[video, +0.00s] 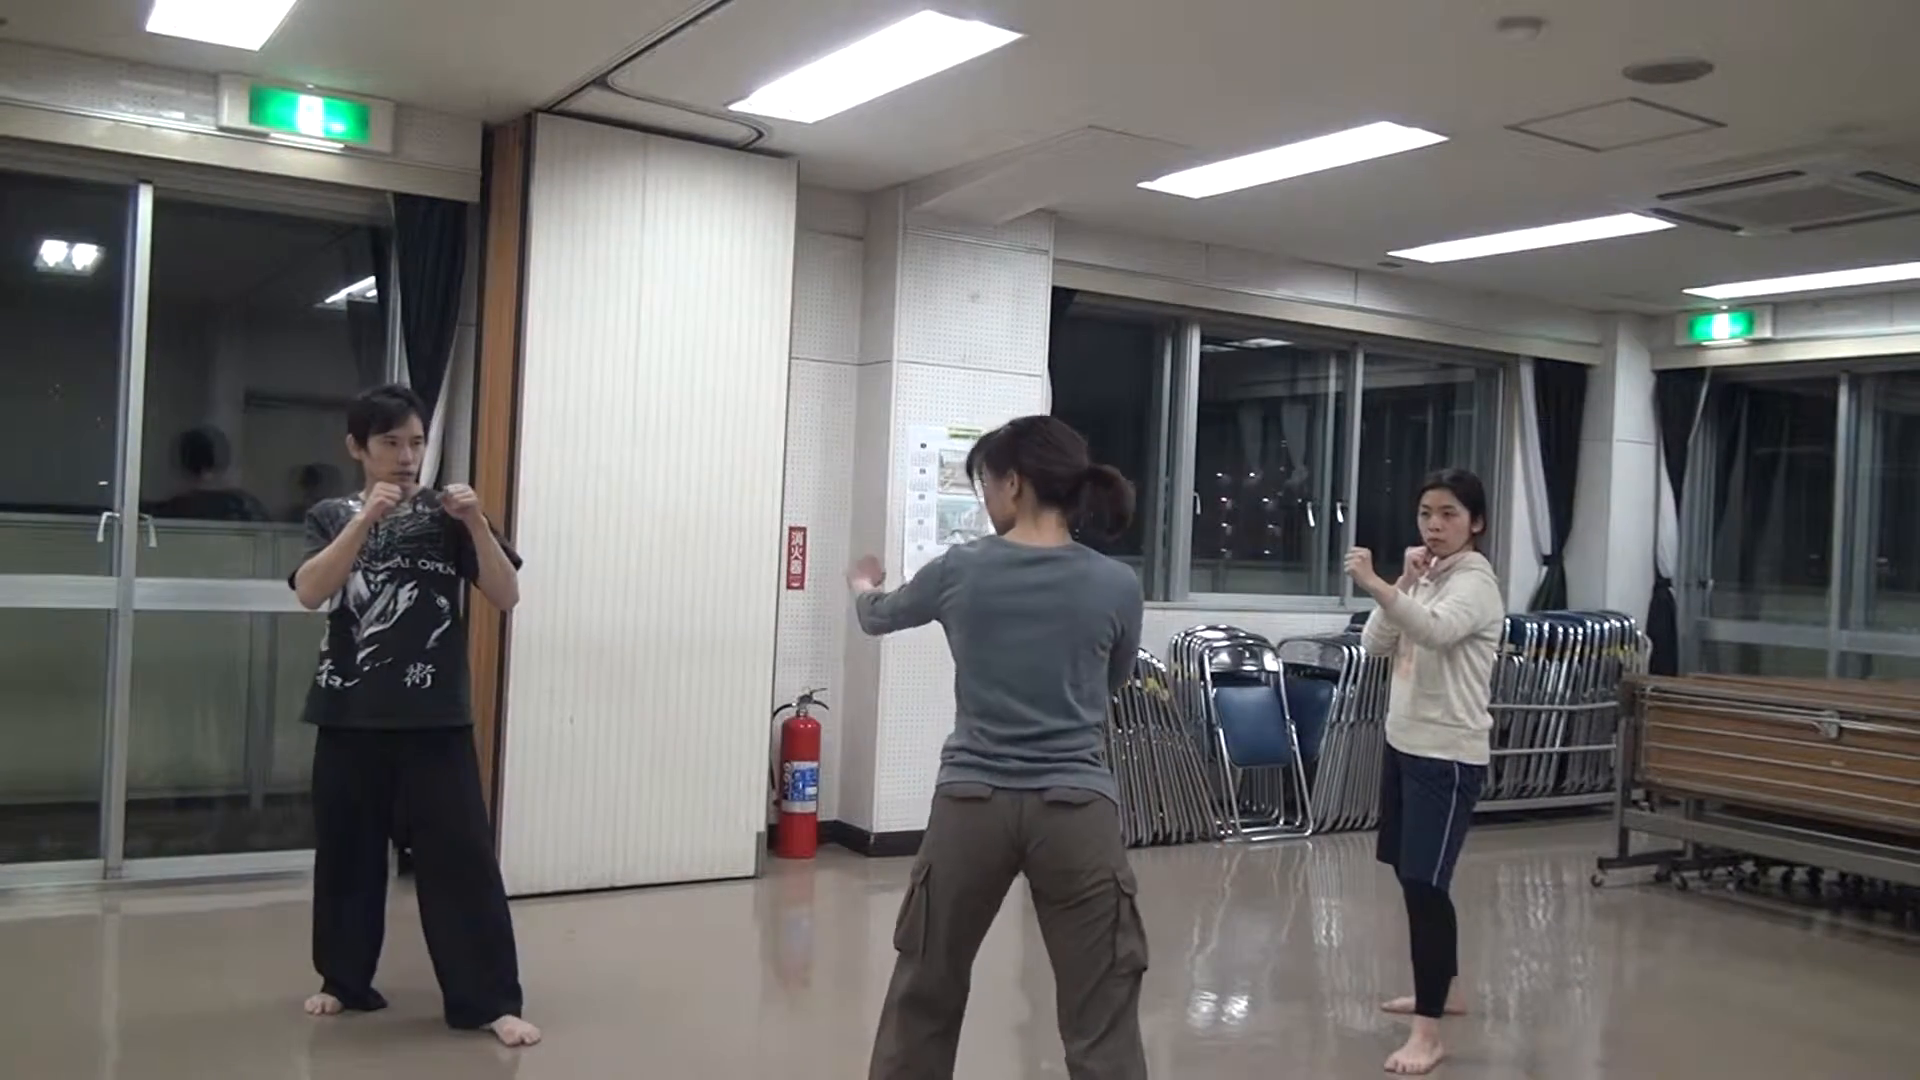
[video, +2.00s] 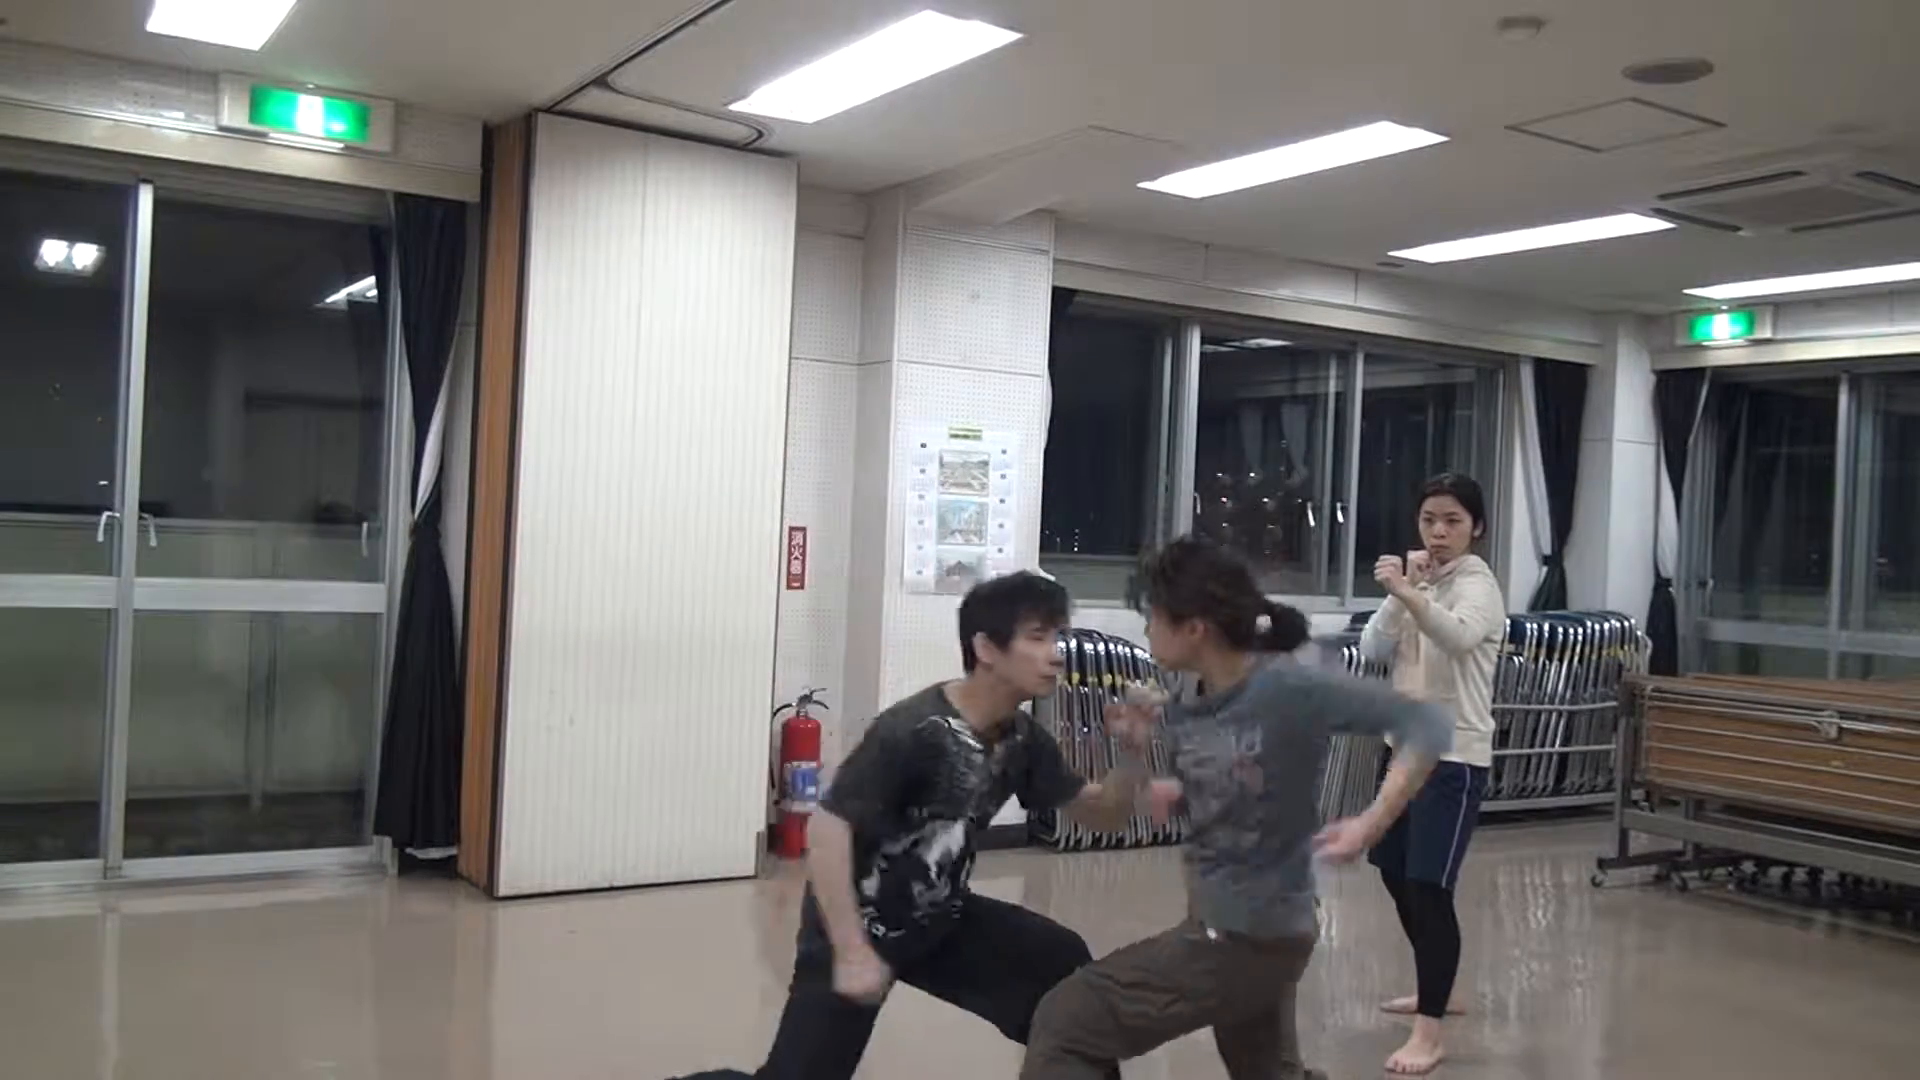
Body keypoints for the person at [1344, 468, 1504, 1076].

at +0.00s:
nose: (1433, 524)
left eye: (1447, 513)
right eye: (1426, 513)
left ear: (1475, 522)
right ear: (1419, 521)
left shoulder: (1477, 580)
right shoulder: (1422, 579)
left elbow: (1440, 630)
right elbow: (1375, 644)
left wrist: (1380, 587)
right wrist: (1404, 588)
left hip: (1447, 754)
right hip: (1406, 747)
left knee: (1425, 882)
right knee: (1409, 872)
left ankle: (1426, 1034)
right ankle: (1443, 988)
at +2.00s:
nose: (1439, 531)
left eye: (1452, 521)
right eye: (1430, 520)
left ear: (1475, 528)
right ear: (1419, 524)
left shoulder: (1479, 582)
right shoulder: (1416, 582)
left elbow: (1461, 637)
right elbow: (1372, 648)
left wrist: (1405, 593)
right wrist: (1404, 591)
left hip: (1456, 758)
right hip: (1408, 752)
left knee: (1429, 887)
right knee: (1390, 864)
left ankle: (1428, 1034)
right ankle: (1437, 986)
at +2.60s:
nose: (1439, 532)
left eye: (1452, 521)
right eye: (1430, 520)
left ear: (1475, 529)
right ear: (1418, 526)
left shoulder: (1480, 583)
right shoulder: (1414, 582)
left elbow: (1468, 638)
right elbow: (1373, 650)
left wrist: (1414, 596)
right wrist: (1403, 595)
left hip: (1456, 758)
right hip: (1402, 749)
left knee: (1432, 886)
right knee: (1390, 865)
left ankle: (1429, 1033)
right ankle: (1437, 986)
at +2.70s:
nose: (1440, 531)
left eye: (1453, 521)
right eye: (1431, 520)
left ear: (1475, 529)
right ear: (1419, 525)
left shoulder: (1480, 584)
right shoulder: (1414, 581)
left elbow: (1467, 639)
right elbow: (1373, 650)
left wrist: (1414, 595)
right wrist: (1405, 596)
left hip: (1455, 758)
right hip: (1402, 750)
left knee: (1432, 886)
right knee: (1390, 864)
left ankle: (1429, 1033)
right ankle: (1437, 986)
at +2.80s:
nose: (1440, 531)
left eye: (1453, 521)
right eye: (1431, 520)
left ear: (1476, 529)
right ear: (1420, 525)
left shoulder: (1480, 583)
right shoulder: (1414, 580)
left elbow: (1467, 639)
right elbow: (1373, 649)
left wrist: (1414, 594)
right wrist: (1405, 596)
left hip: (1454, 758)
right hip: (1401, 750)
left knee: (1432, 886)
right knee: (1390, 864)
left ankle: (1429, 1033)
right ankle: (1437, 986)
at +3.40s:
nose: (1438, 523)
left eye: (1451, 514)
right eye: (1431, 512)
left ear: (1477, 525)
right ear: (1418, 519)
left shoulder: (1496, 590)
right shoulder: (1391, 584)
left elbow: (1488, 630)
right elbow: (1352, 632)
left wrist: (1451, 565)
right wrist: (1326, 610)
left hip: (1461, 758)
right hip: (1391, 750)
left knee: (1434, 891)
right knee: (1375, 886)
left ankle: (1410, 1022)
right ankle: (1426, 958)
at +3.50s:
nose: (1445, 523)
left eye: (1457, 512)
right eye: (1435, 513)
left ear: (1483, 520)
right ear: (1425, 521)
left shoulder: (1508, 592)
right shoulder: (1397, 582)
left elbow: (1498, 651)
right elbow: (1353, 669)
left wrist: (1470, 577)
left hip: (1459, 750)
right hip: (1385, 735)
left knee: (1438, 895)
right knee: (1348, 853)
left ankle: (1410, 1024)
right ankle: (1355, 927)